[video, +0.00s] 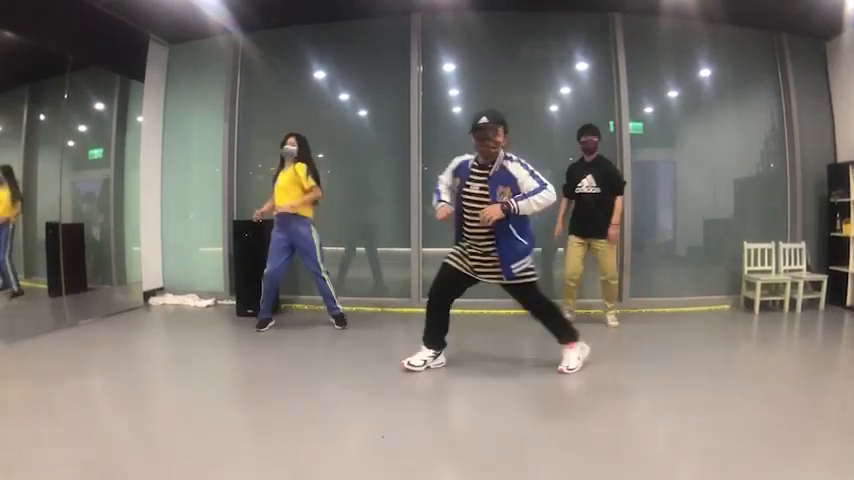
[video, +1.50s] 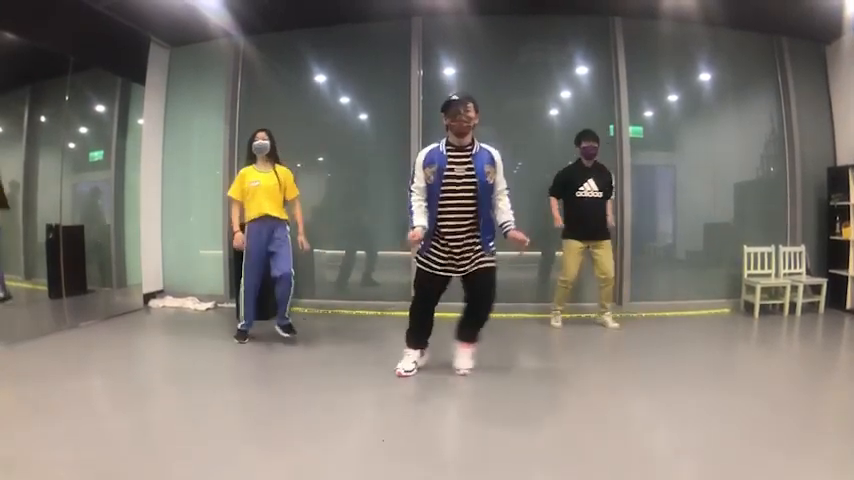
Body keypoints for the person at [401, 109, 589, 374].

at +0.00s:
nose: (489, 143)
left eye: (495, 137)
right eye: (483, 137)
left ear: (504, 138)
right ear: (473, 139)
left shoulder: (514, 167)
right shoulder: (461, 165)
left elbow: (547, 193)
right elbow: (442, 184)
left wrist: (507, 206)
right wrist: (442, 202)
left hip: (506, 257)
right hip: (468, 253)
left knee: (534, 302)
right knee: (439, 294)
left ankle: (573, 344)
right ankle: (433, 350)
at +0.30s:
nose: (474, 132)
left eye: (479, 126)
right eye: (467, 126)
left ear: (488, 122)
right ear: (458, 125)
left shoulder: (504, 156)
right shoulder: (444, 157)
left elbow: (511, 194)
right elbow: (439, 196)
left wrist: (513, 229)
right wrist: (442, 230)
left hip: (488, 238)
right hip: (453, 236)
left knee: (477, 296)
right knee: (436, 295)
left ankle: (471, 345)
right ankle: (428, 348)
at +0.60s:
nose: (485, 148)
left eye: (490, 142)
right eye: (479, 142)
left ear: (500, 137)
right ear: (470, 140)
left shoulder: (518, 159)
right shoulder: (455, 166)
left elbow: (544, 174)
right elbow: (427, 193)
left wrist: (543, 203)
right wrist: (444, 222)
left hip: (510, 250)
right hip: (472, 251)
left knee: (529, 302)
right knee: (454, 304)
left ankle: (528, 352)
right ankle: (419, 343)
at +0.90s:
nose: (479, 133)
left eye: (485, 127)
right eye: (473, 128)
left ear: (499, 124)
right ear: (467, 128)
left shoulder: (515, 154)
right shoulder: (462, 159)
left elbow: (532, 193)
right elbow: (460, 201)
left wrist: (515, 227)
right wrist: (454, 233)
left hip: (508, 241)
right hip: (472, 243)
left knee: (529, 296)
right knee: (459, 296)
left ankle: (548, 349)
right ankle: (478, 342)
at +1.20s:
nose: (469, 133)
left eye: (475, 127)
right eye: (464, 128)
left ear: (487, 130)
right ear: (456, 131)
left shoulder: (499, 161)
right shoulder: (443, 160)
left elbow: (527, 193)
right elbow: (429, 189)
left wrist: (494, 217)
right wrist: (425, 214)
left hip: (486, 250)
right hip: (447, 249)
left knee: (502, 302)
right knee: (428, 300)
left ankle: (541, 346)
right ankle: (425, 352)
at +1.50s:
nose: (463, 119)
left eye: (468, 114)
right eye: (456, 115)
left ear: (476, 117)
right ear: (446, 120)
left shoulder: (490, 156)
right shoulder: (428, 156)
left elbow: (500, 195)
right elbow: (418, 195)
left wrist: (509, 227)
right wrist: (419, 225)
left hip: (477, 244)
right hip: (437, 243)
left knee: (483, 297)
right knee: (423, 298)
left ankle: (466, 344)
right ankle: (415, 349)